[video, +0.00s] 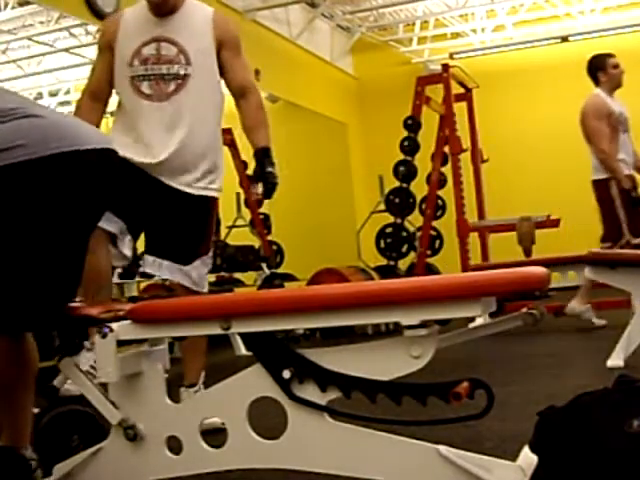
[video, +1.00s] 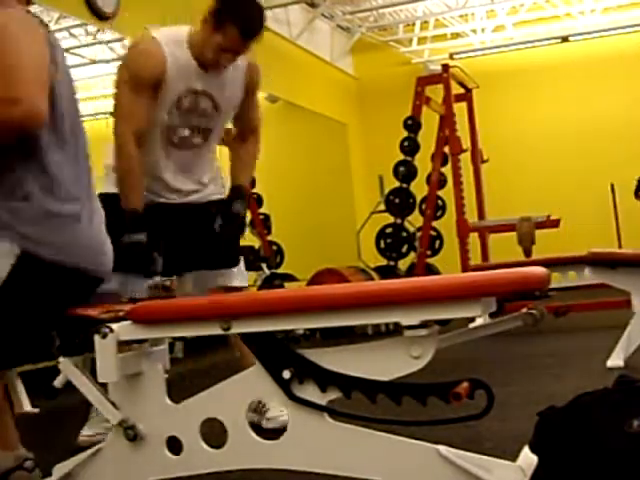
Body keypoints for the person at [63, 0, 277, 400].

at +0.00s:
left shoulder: (217, 26)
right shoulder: (117, 28)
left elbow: (246, 93)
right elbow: (93, 98)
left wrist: (264, 155)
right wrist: (71, 154)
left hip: (192, 181)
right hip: (124, 173)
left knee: (189, 293)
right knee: (94, 236)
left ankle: (194, 391)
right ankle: (90, 350)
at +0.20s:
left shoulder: (223, 27)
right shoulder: (124, 24)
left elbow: (247, 96)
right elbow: (98, 93)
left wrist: (255, 162)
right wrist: (75, 149)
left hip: (194, 180)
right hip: (128, 168)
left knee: (192, 293)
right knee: (89, 224)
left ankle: (195, 390)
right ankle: (117, 333)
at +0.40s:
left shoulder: (225, 29)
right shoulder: (123, 24)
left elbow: (247, 98)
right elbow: (95, 92)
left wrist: (255, 162)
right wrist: (73, 152)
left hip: (193, 185)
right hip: (126, 175)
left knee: (191, 297)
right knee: (96, 257)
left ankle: (195, 391)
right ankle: (121, 356)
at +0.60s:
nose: (180, 2)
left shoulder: (216, 33)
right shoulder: (113, 20)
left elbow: (237, 102)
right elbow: (87, 90)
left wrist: (254, 158)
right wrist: (92, 151)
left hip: (194, 190)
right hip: (129, 190)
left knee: (200, 306)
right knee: (133, 309)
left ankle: (197, 397)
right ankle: (138, 404)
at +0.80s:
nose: (195, 22)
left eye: (203, 15)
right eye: (191, 11)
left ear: (210, 11)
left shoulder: (212, 40)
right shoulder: (115, 29)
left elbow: (226, 108)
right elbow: (93, 108)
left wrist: (242, 166)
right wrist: (116, 185)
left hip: (195, 189)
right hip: (130, 194)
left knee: (223, 286)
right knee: (132, 308)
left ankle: (232, 388)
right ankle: (138, 401)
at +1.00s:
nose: (227, 61)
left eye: (236, 54)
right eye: (224, 49)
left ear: (248, 47)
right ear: (207, 23)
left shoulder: (245, 72)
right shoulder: (151, 54)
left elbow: (247, 135)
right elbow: (128, 138)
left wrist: (241, 196)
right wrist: (133, 222)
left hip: (205, 203)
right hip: (145, 203)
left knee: (229, 312)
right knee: (137, 323)